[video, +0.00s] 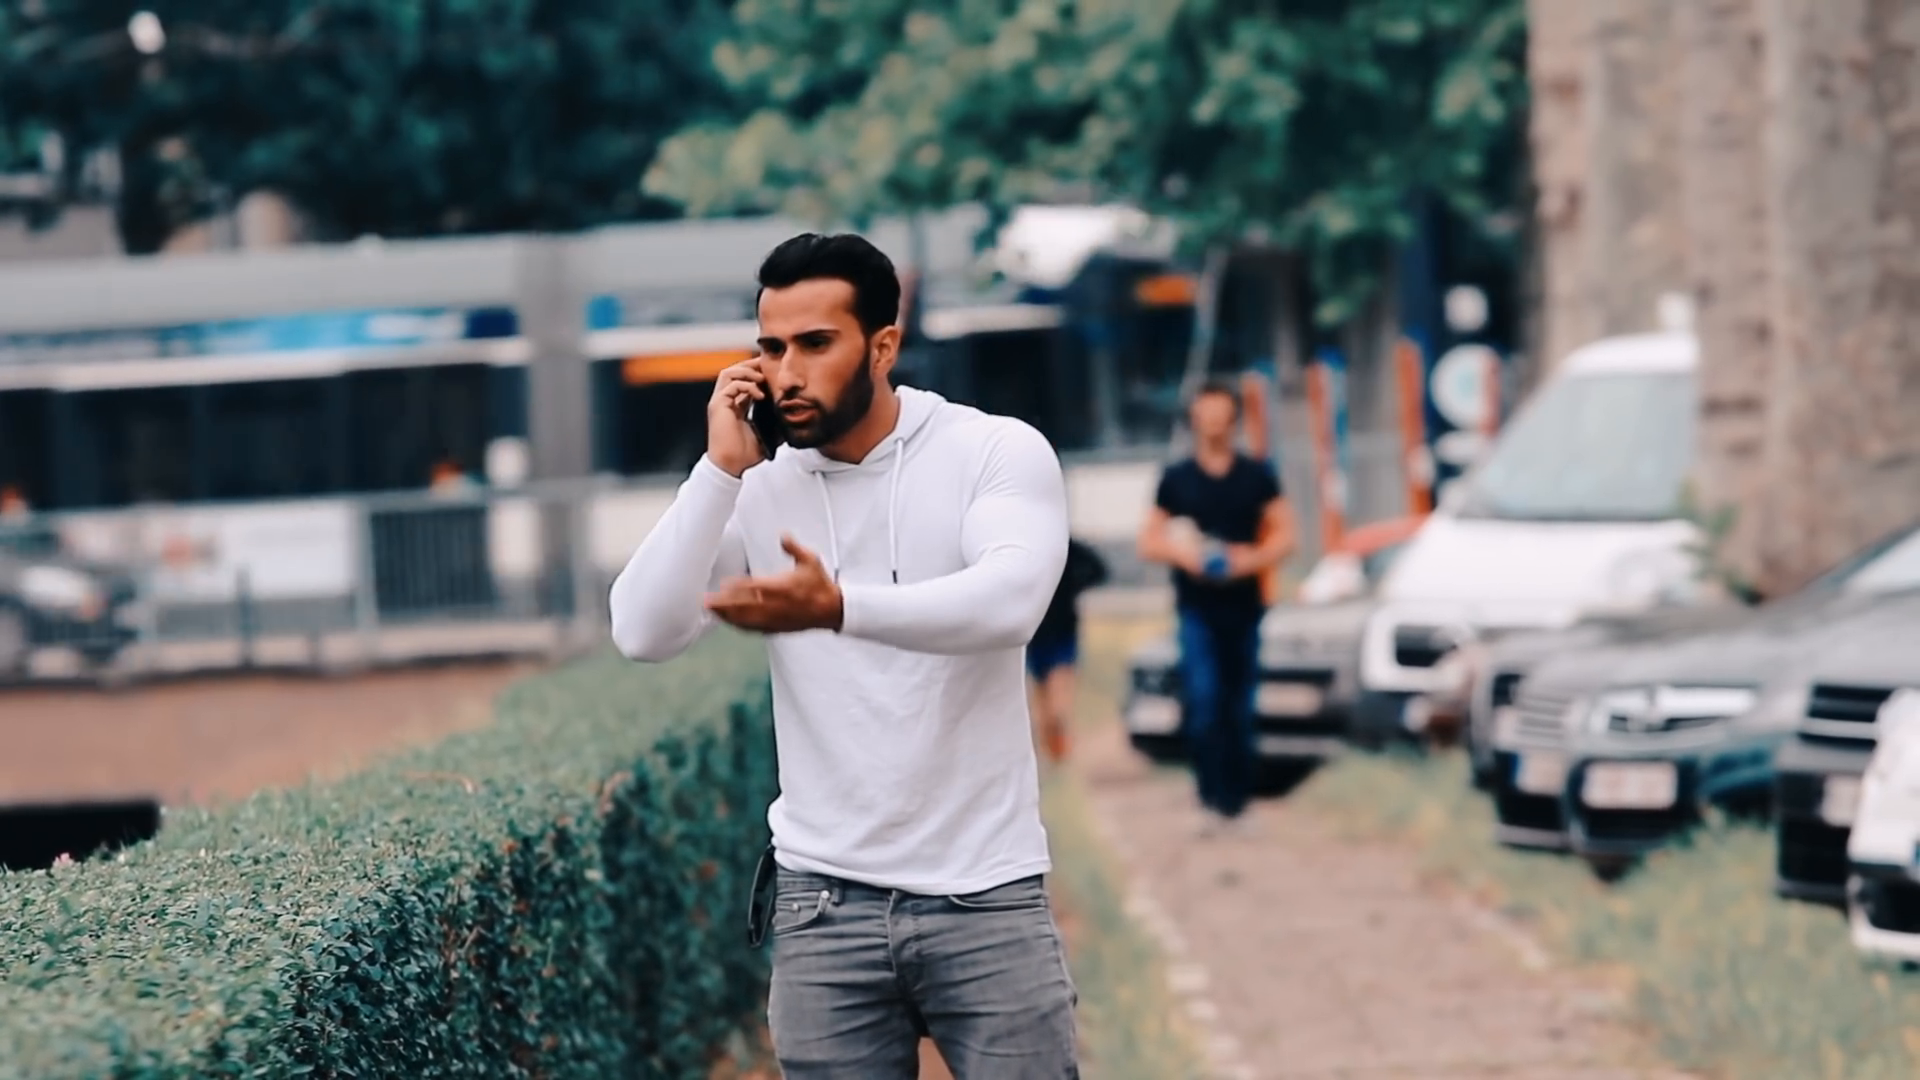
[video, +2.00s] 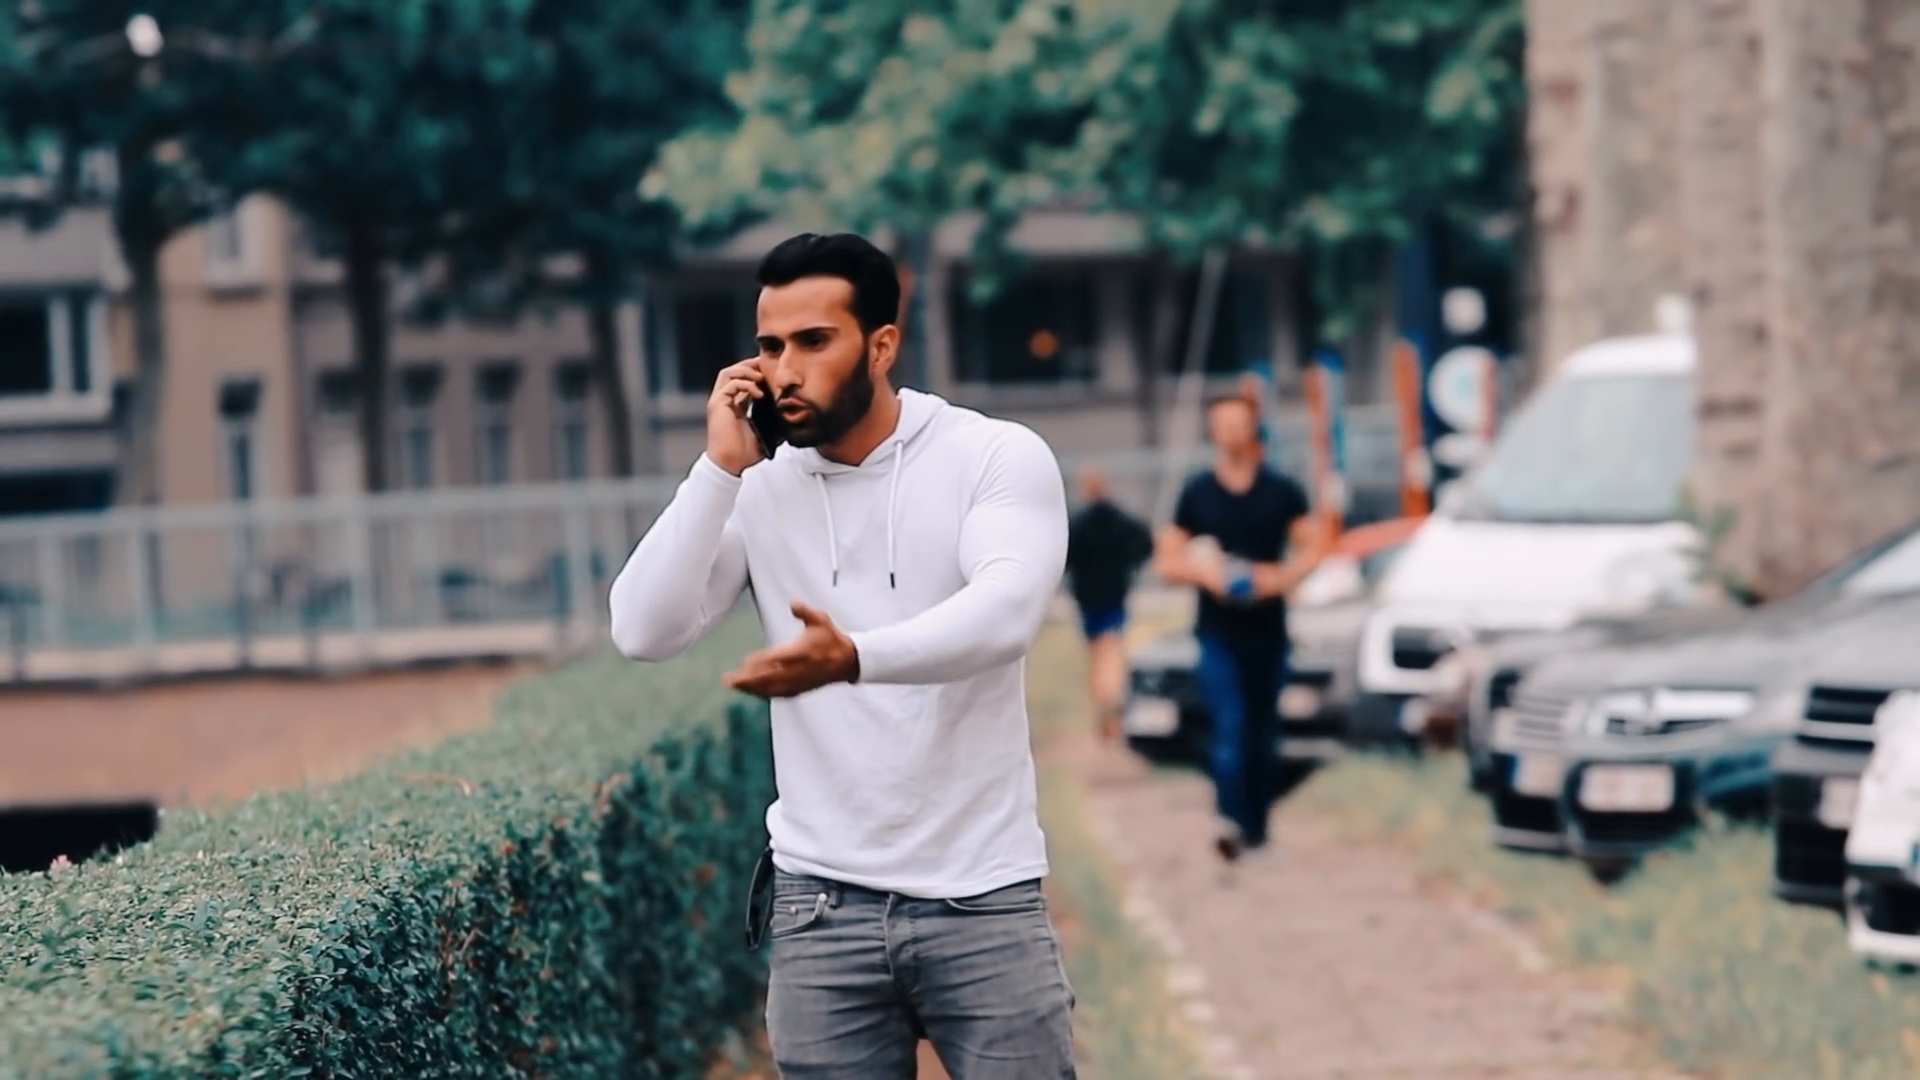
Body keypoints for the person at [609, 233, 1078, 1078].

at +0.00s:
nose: (784, 373)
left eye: (813, 344)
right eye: (770, 347)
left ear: (882, 347)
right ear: (755, 354)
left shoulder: (1001, 453)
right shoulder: (755, 490)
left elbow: (1007, 606)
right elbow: (643, 632)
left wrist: (838, 606)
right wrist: (720, 467)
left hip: (989, 898)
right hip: (821, 904)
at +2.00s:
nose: (782, 371)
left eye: (811, 342)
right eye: (769, 347)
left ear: (881, 345)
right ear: (755, 354)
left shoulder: (1000, 458)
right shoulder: (754, 490)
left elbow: (1003, 619)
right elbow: (641, 631)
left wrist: (856, 656)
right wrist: (720, 466)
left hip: (986, 900)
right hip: (817, 906)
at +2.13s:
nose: (784, 370)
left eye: (814, 340)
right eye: (772, 345)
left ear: (884, 344)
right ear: (758, 354)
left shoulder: (1003, 457)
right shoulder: (757, 490)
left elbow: (1009, 617)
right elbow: (643, 629)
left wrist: (867, 668)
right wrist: (722, 465)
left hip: (988, 900)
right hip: (819, 906)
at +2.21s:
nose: (785, 370)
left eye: (814, 340)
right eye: (772, 345)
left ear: (884, 344)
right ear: (758, 354)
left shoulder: (1003, 458)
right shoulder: (756, 490)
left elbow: (1008, 617)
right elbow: (643, 629)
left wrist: (863, 658)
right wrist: (722, 465)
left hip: (987, 899)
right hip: (819, 906)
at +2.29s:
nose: (786, 369)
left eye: (816, 339)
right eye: (774, 345)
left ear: (885, 343)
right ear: (760, 353)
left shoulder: (1003, 457)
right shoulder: (758, 489)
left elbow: (1008, 616)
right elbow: (643, 628)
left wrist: (852, 640)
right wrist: (723, 465)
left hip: (988, 900)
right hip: (819, 906)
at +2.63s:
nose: (793, 372)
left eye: (822, 342)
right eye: (780, 347)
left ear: (891, 344)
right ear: (765, 354)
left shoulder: (1010, 456)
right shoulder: (769, 483)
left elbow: (1010, 608)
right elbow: (649, 627)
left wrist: (838, 552)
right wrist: (728, 469)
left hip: (991, 896)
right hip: (823, 901)